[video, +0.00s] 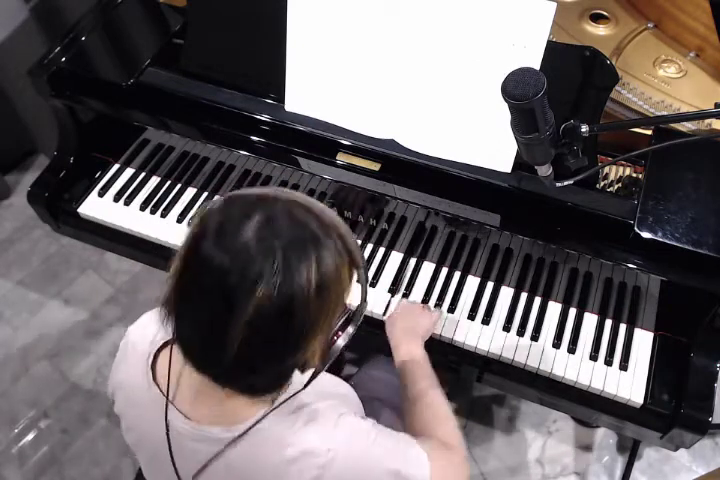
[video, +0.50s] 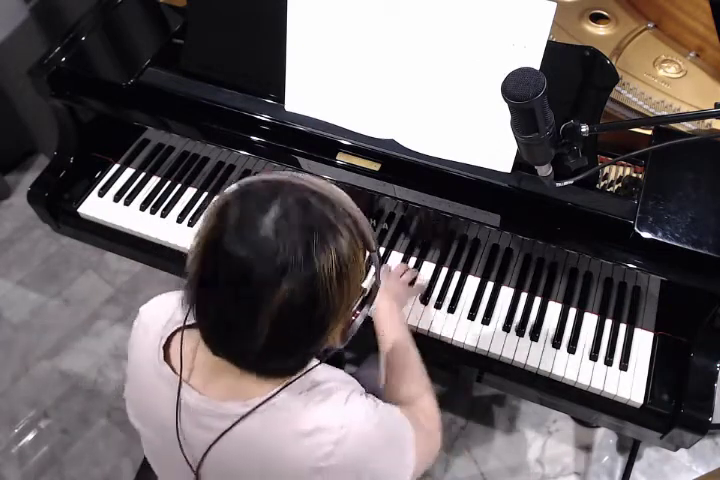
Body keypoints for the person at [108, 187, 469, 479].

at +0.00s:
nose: (336, 310)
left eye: (337, 302)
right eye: (332, 304)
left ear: (189, 277)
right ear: (300, 332)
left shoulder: (141, 341)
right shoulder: (324, 446)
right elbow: (450, 464)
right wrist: (409, 346)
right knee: (380, 368)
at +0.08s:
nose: (340, 303)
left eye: (342, 294)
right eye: (337, 297)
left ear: (194, 272)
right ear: (304, 329)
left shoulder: (144, 336)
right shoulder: (318, 441)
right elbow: (458, 457)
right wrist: (413, 334)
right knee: (383, 352)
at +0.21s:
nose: (346, 301)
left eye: (346, 292)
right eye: (342, 295)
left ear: (200, 263)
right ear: (314, 324)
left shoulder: (146, 332)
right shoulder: (320, 431)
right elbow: (458, 430)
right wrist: (413, 318)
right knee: (387, 366)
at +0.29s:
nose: (352, 296)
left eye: (349, 288)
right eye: (347, 291)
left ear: (204, 261)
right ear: (319, 320)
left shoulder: (150, 327)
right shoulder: (326, 431)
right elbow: (446, 424)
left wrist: (310, 338)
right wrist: (409, 310)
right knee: (386, 369)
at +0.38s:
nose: (354, 294)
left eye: (352, 287)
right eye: (349, 289)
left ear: (206, 264)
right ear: (321, 317)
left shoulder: (152, 322)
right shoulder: (330, 426)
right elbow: (433, 423)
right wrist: (400, 308)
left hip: (162, 466)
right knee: (387, 370)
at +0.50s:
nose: (359, 295)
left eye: (356, 284)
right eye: (353, 289)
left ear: (206, 265)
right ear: (327, 317)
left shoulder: (154, 320)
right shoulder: (337, 429)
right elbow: (422, 430)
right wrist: (391, 311)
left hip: (164, 463)